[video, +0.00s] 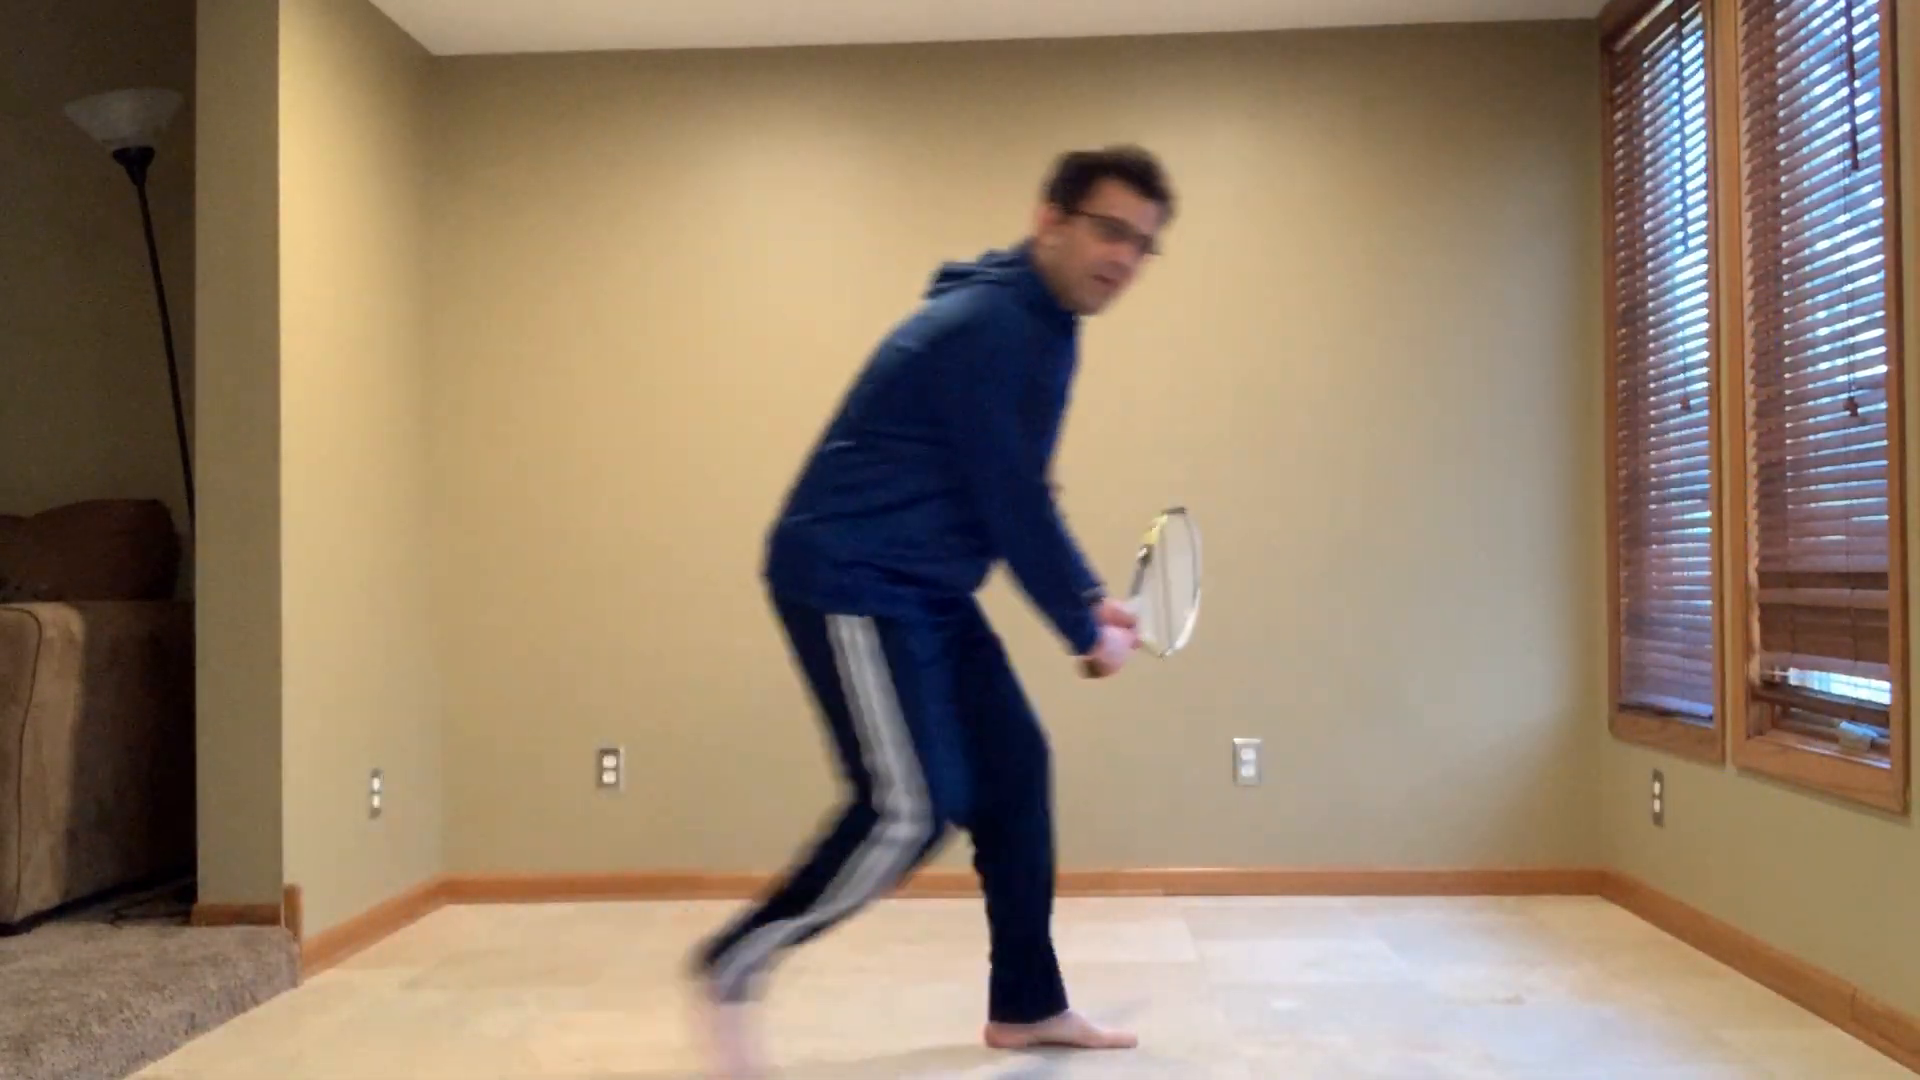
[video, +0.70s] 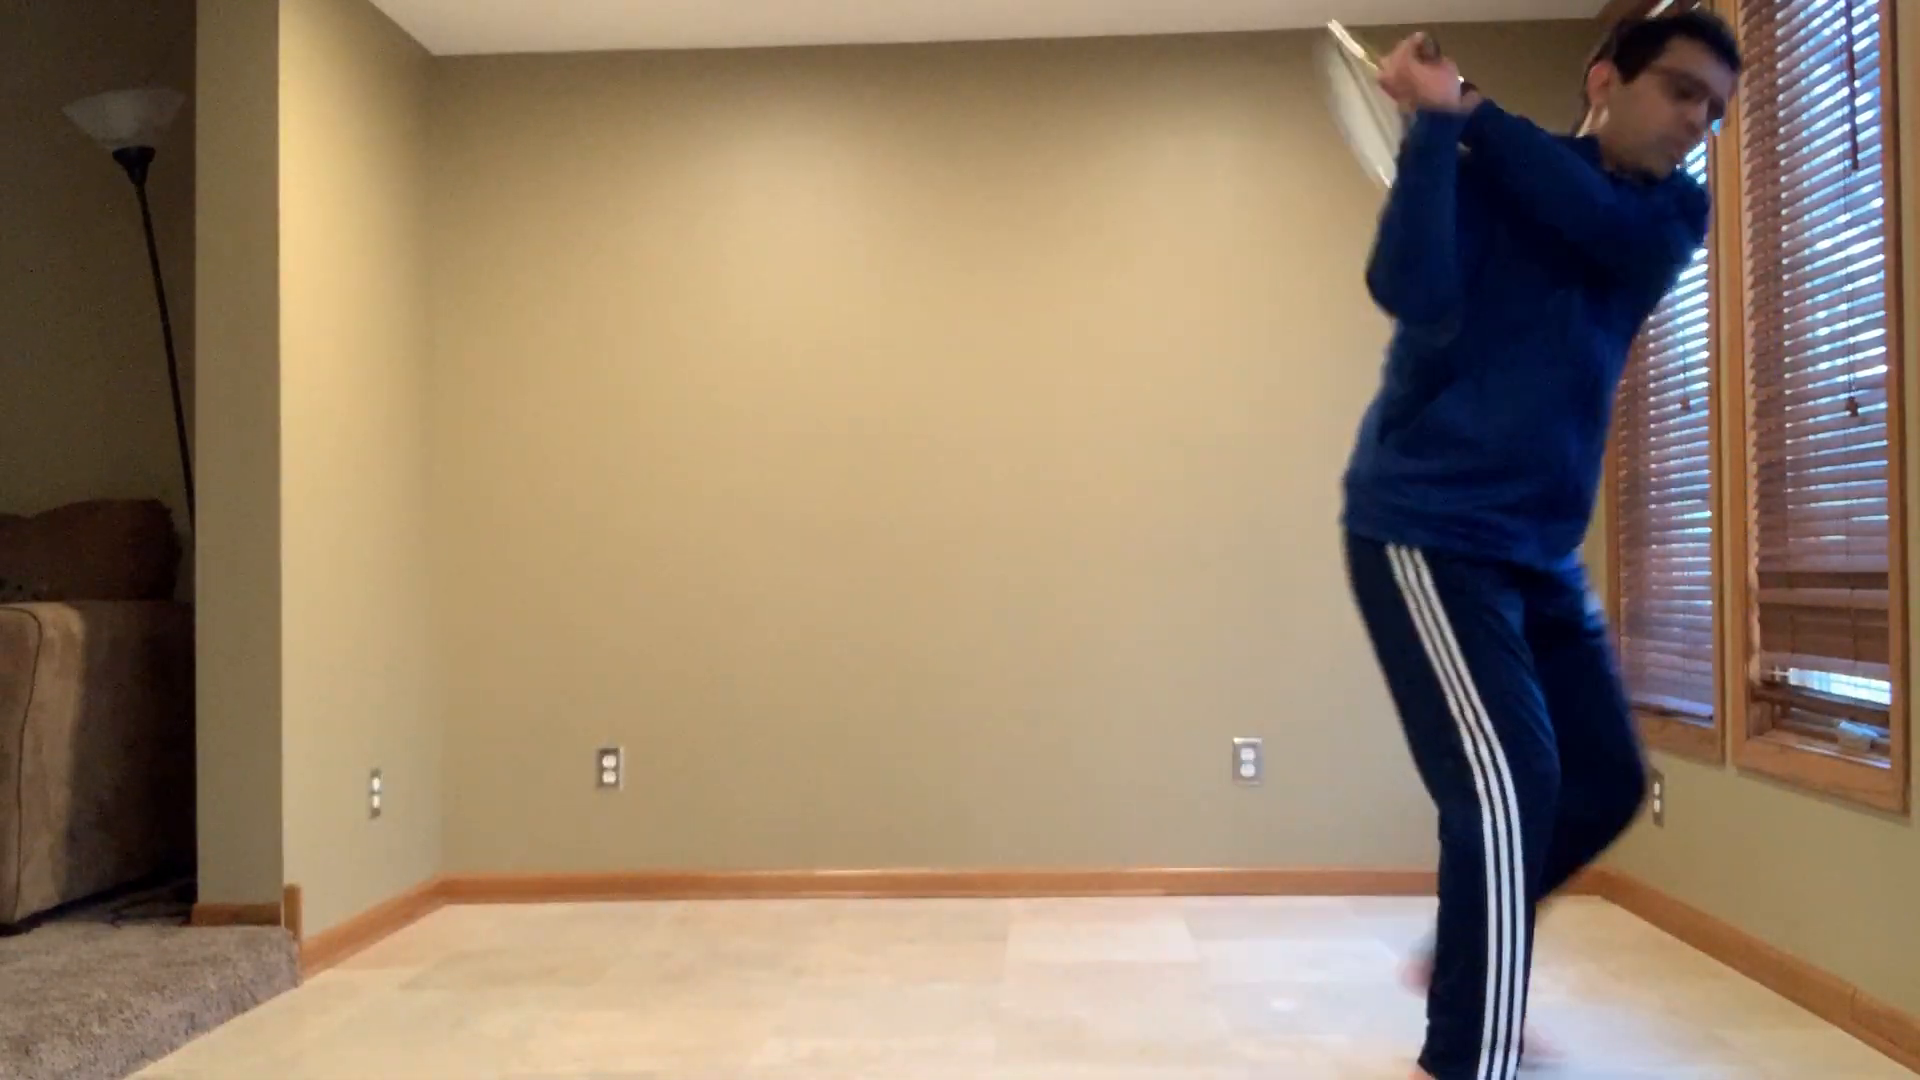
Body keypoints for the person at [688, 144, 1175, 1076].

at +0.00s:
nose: (1122, 258)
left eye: (1141, 246)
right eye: (1108, 231)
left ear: (1150, 258)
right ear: (1048, 220)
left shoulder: (1046, 329)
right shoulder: (991, 323)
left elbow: (1021, 490)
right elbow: (1006, 498)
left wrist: (1088, 599)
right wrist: (1080, 621)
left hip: (928, 587)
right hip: (847, 579)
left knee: (1013, 764)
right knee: (910, 803)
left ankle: (1027, 1003)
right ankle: (730, 966)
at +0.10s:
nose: (1243, 278)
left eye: (1258, 263)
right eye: (1230, 250)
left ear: (1264, 269)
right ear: (1164, 230)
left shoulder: (1112, 312)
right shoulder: (1123, 336)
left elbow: (1135, 481)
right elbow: (1131, 498)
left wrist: (1170, 589)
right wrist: (1171, 602)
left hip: (958, 569)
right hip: (945, 573)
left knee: (1075, 775)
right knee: (1078, 776)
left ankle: (1031, 996)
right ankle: (1024, 1012)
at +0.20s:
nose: (1363, 290)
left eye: (1376, 273)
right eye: (1352, 261)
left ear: (1278, 244)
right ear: (1281, 234)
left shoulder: (1172, 288)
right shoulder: (1256, 360)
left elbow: (1133, 446)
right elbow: (1242, 508)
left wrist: (1196, 553)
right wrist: (1231, 587)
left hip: (1000, 560)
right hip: (1066, 578)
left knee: (1088, 789)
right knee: (1196, 786)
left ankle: (1034, 1004)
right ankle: (1318, 1044)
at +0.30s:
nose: (1464, 289)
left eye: (1475, 272)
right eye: (1453, 261)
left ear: (1367, 245)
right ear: (1380, 238)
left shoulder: (1263, 293)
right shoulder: (1370, 366)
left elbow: (1213, 449)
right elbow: (1337, 515)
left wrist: (1252, 579)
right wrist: (1311, 602)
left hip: (1095, 580)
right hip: (1184, 593)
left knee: (1172, 797)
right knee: (1344, 790)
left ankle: (1048, 990)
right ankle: (1443, 1062)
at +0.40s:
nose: (1547, 262)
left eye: (1556, 244)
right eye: (1536, 234)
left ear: (1459, 220)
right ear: (1462, 210)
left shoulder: (1376, 292)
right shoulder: (1401, 308)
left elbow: (1407, 481)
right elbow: (1420, 483)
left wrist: (1434, 626)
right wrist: (1445, 628)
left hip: (1204, 588)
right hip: (1259, 593)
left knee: (1280, 820)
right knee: (1441, 792)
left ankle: (1090, 964)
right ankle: (1453, 1065)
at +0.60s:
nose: (1661, 174)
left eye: (1673, 158)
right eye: (1647, 144)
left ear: (1671, 173)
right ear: (1568, 127)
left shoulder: (1624, 261)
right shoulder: (1435, 221)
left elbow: (1603, 298)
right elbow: (1384, 370)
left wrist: (1527, 195)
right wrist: (1500, 296)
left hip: (1460, 567)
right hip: (1365, 545)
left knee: (1476, 806)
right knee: (1500, 794)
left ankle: (1266, 940)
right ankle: (1459, 1068)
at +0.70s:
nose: (1695, 125)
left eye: (1714, 110)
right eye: (1680, 92)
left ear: (1714, 126)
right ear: (1604, 80)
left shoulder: (1672, 213)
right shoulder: (1489, 160)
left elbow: (1589, 220)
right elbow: (1409, 288)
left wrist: (1465, 109)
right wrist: (1431, 123)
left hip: (1538, 542)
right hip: (1422, 524)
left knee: (1605, 782)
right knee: (1504, 784)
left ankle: (1453, 954)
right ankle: (1469, 1063)